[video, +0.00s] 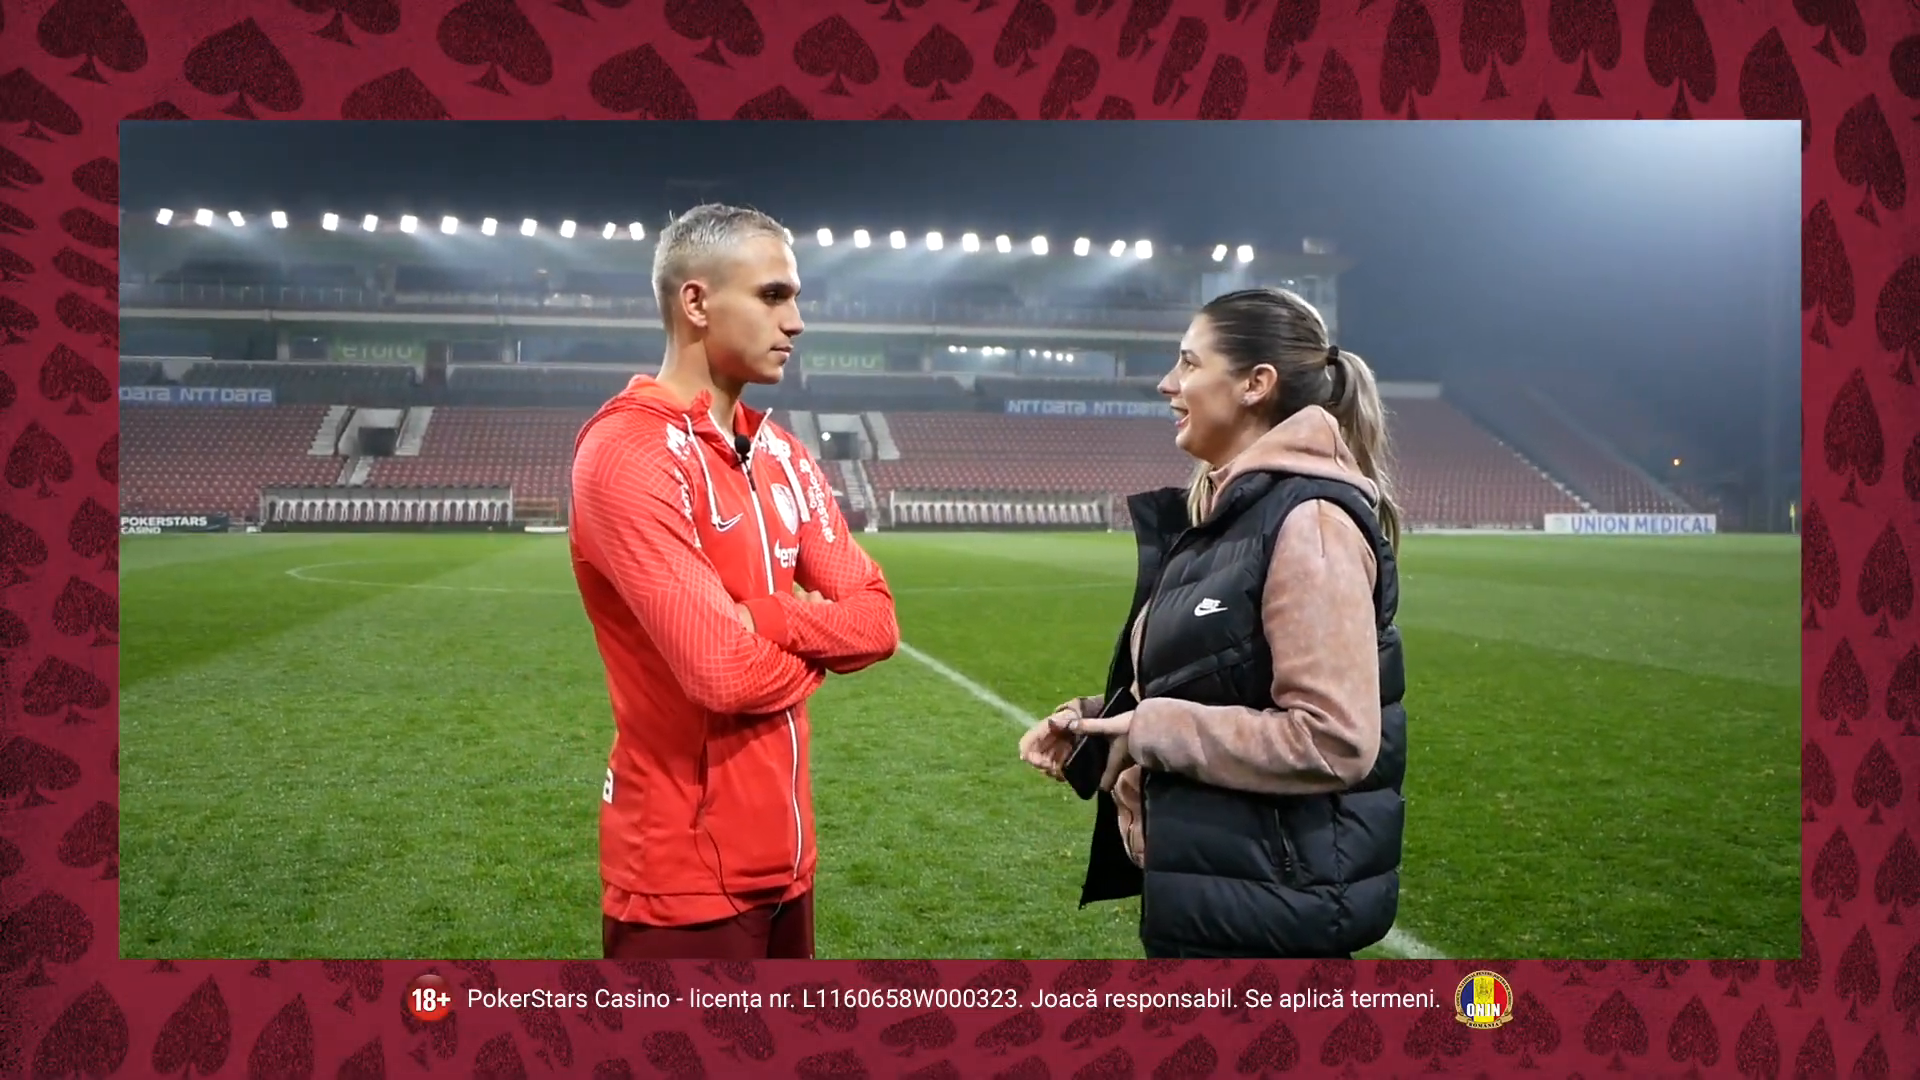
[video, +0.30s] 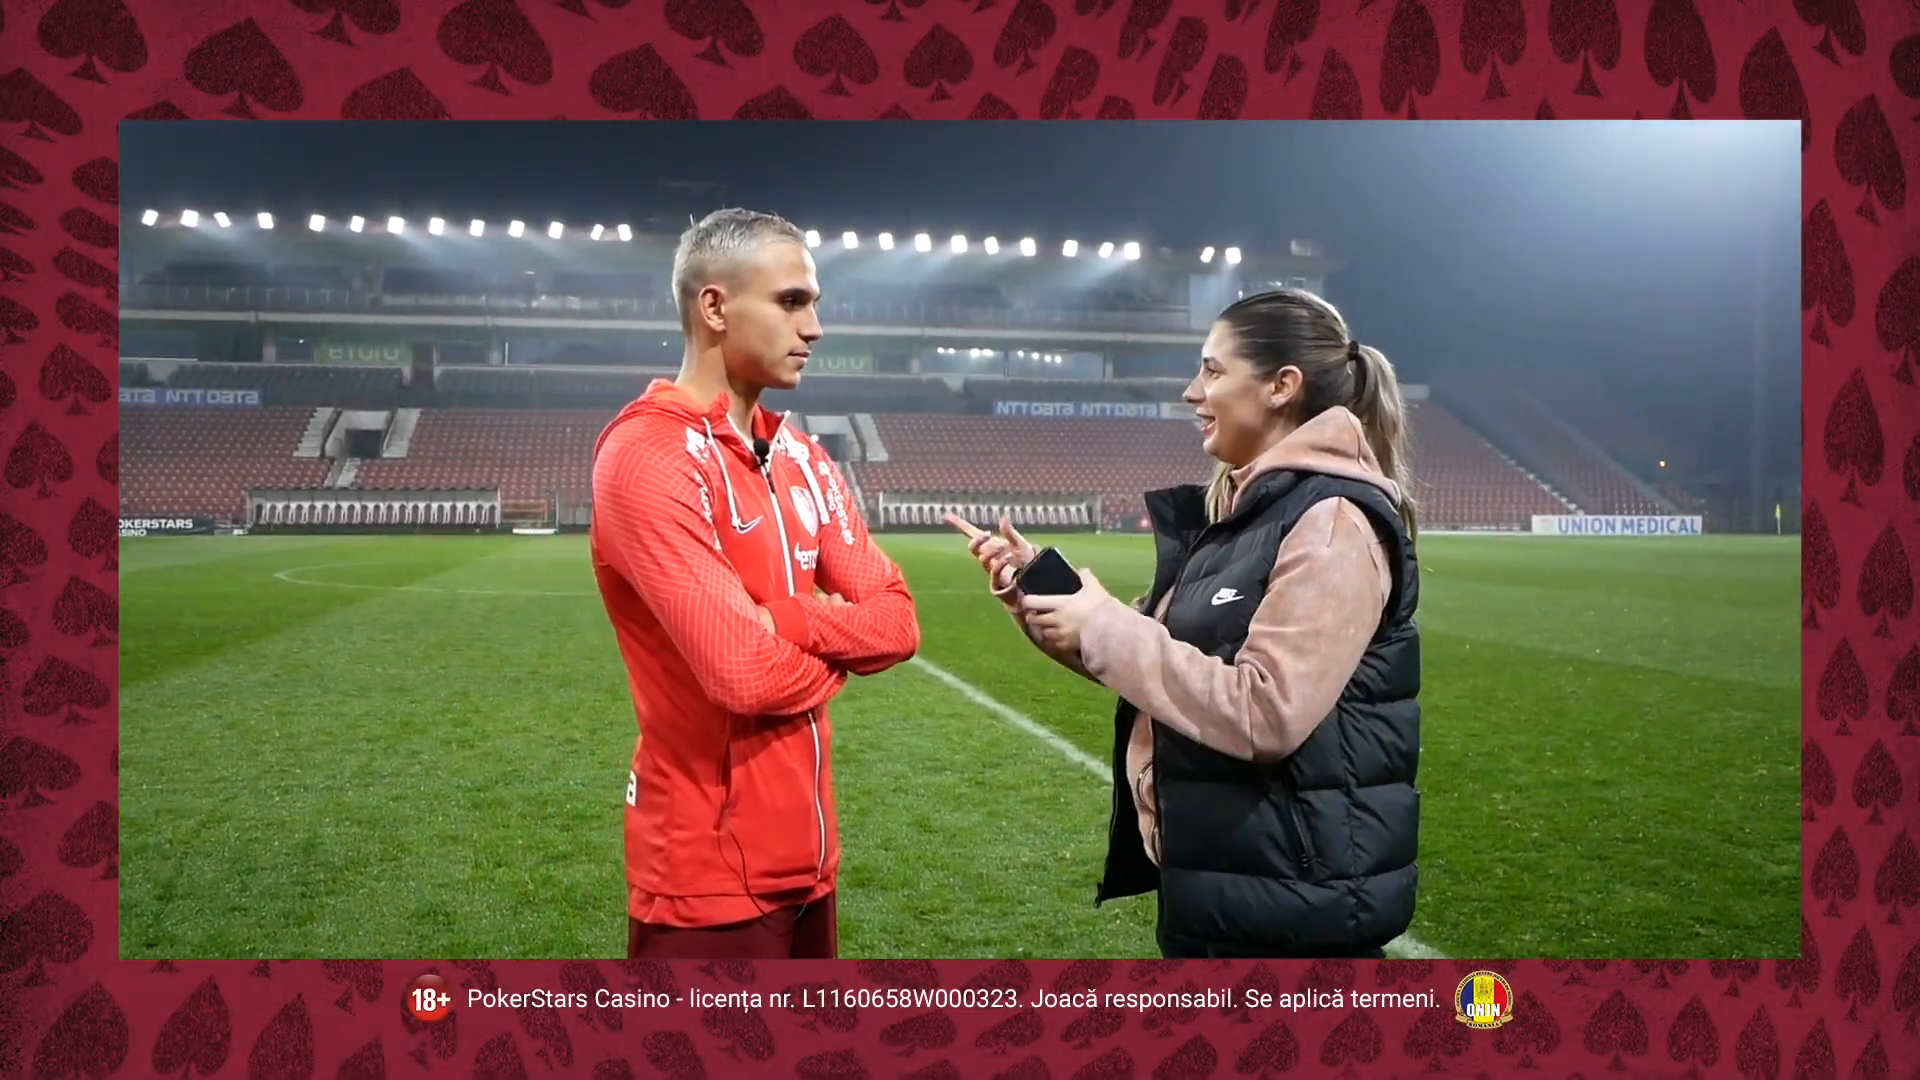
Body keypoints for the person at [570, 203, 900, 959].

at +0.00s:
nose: (796, 321)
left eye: (794, 298)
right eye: (772, 296)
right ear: (695, 303)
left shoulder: (784, 454)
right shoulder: (624, 456)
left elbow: (876, 622)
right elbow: (723, 676)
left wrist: (751, 615)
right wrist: (822, 644)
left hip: (781, 852)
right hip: (682, 865)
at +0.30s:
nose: (814, 326)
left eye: (813, 303)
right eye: (791, 302)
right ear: (713, 307)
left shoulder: (804, 456)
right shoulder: (644, 459)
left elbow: (898, 624)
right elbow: (745, 678)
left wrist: (772, 617)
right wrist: (844, 648)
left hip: (802, 850)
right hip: (706, 864)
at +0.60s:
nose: (823, 335)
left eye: (826, 312)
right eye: (800, 310)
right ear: (722, 309)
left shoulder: (813, 452)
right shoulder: (658, 458)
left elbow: (910, 619)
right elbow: (760, 675)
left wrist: (793, 615)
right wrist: (854, 643)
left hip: (815, 845)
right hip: (721, 859)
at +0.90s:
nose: (825, 347)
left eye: (830, 323)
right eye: (803, 319)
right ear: (728, 313)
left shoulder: (817, 454)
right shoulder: (662, 460)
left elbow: (911, 625)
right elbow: (757, 678)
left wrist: (788, 619)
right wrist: (854, 646)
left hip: (818, 846)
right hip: (722, 859)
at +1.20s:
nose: (823, 350)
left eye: (829, 327)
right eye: (802, 322)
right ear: (727, 313)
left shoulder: (819, 457)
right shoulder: (659, 459)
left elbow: (905, 626)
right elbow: (746, 677)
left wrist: (778, 618)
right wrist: (848, 646)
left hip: (813, 845)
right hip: (715, 859)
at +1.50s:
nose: (830, 348)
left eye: (837, 326)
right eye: (810, 322)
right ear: (737, 312)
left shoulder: (826, 456)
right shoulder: (664, 457)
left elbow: (907, 629)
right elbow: (746, 679)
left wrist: (780, 619)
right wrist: (846, 650)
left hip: (810, 836)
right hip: (713, 847)